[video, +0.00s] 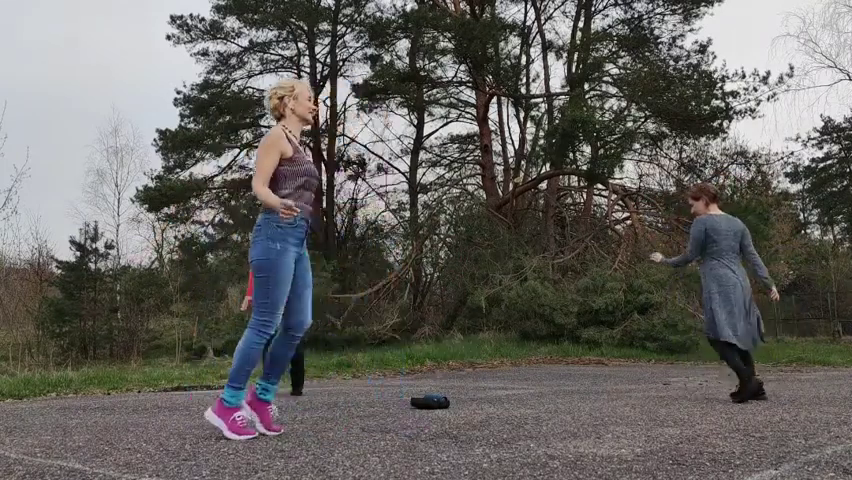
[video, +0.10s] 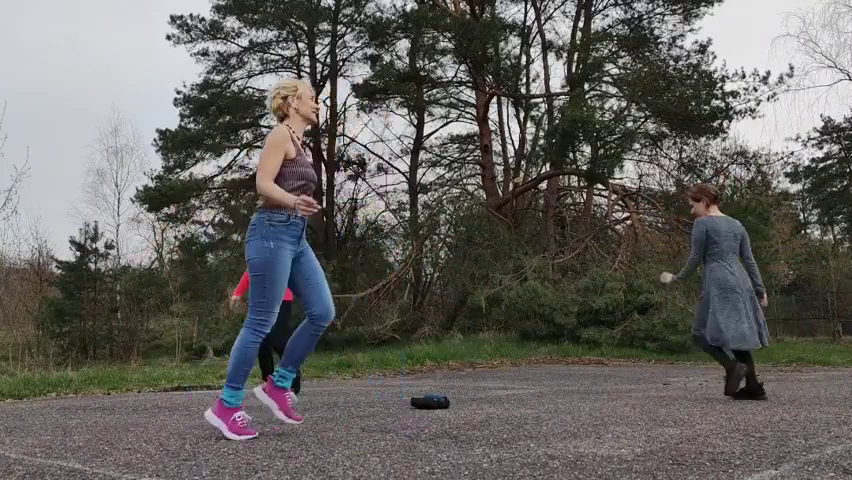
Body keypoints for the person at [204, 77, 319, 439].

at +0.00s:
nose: (315, 105)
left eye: (314, 100)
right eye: (309, 100)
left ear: (295, 106)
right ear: (289, 104)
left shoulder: (297, 143)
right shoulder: (276, 138)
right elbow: (259, 186)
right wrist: (279, 204)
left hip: (297, 239)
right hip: (275, 236)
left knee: (298, 323)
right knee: (264, 324)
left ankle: (261, 399)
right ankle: (228, 404)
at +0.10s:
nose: (318, 106)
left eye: (317, 101)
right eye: (312, 100)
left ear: (299, 105)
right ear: (292, 103)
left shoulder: (298, 144)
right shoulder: (280, 135)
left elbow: (283, 189)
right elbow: (263, 184)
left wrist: (302, 206)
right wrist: (293, 201)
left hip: (295, 236)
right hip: (271, 233)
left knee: (321, 313)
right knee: (260, 322)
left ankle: (278, 386)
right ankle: (227, 405)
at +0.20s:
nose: (321, 101)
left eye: (320, 95)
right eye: (316, 95)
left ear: (301, 99)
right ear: (297, 99)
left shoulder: (300, 136)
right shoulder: (286, 128)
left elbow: (267, 184)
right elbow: (272, 176)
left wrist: (257, 219)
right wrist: (314, 189)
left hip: (299, 231)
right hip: (275, 228)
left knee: (332, 305)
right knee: (264, 318)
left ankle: (306, 389)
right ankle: (231, 403)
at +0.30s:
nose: (329, 105)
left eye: (328, 99)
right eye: (324, 98)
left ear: (309, 103)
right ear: (305, 101)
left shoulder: (299, 140)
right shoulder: (293, 131)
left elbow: (264, 190)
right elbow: (290, 180)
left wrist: (260, 230)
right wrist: (335, 183)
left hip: (308, 235)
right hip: (284, 231)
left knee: (335, 314)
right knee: (266, 322)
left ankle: (344, 400)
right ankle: (230, 404)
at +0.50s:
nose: (350, 113)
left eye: (348, 107)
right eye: (344, 106)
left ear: (330, 112)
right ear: (327, 110)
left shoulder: (330, 148)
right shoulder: (320, 140)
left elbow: (305, 201)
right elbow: (325, 189)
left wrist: (301, 240)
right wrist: (373, 195)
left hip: (344, 246)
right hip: (318, 243)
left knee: (353, 335)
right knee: (297, 330)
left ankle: (374, 415)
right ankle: (240, 401)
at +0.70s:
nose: (376, 101)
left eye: (374, 96)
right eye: (370, 96)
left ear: (356, 102)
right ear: (353, 102)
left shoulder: (363, 140)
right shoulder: (346, 135)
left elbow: (368, 193)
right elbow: (344, 187)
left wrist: (392, 210)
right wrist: (385, 208)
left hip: (378, 234)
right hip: (360, 234)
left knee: (375, 325)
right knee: (394, 321)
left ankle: (376, 414)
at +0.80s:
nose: (390, 101)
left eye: (389, 96)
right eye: (383, 95)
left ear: (373, 102)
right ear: (363, 101)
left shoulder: (379, 143)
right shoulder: (356, 133)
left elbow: (395, 206)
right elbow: (348, 188)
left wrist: (434, 226)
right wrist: (377, 214)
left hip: (390, 234)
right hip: (378, 233)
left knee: (381, 329)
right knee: (421, 314)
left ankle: (376, 415)